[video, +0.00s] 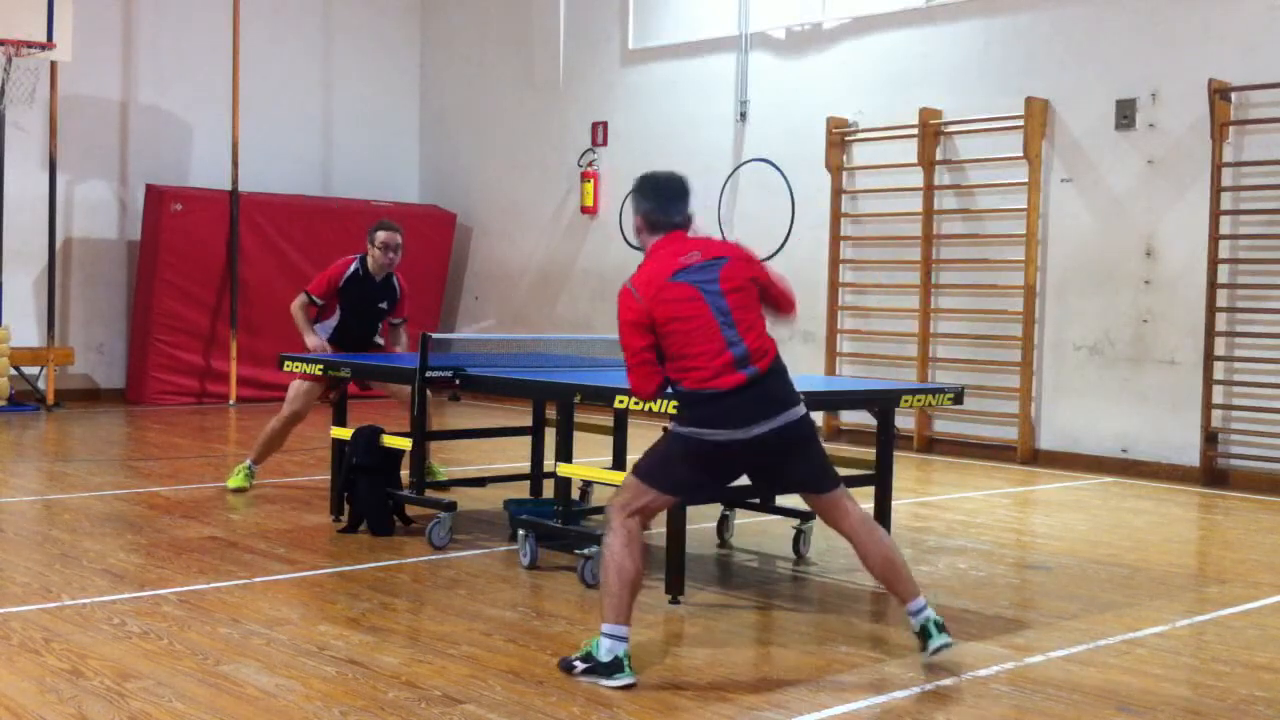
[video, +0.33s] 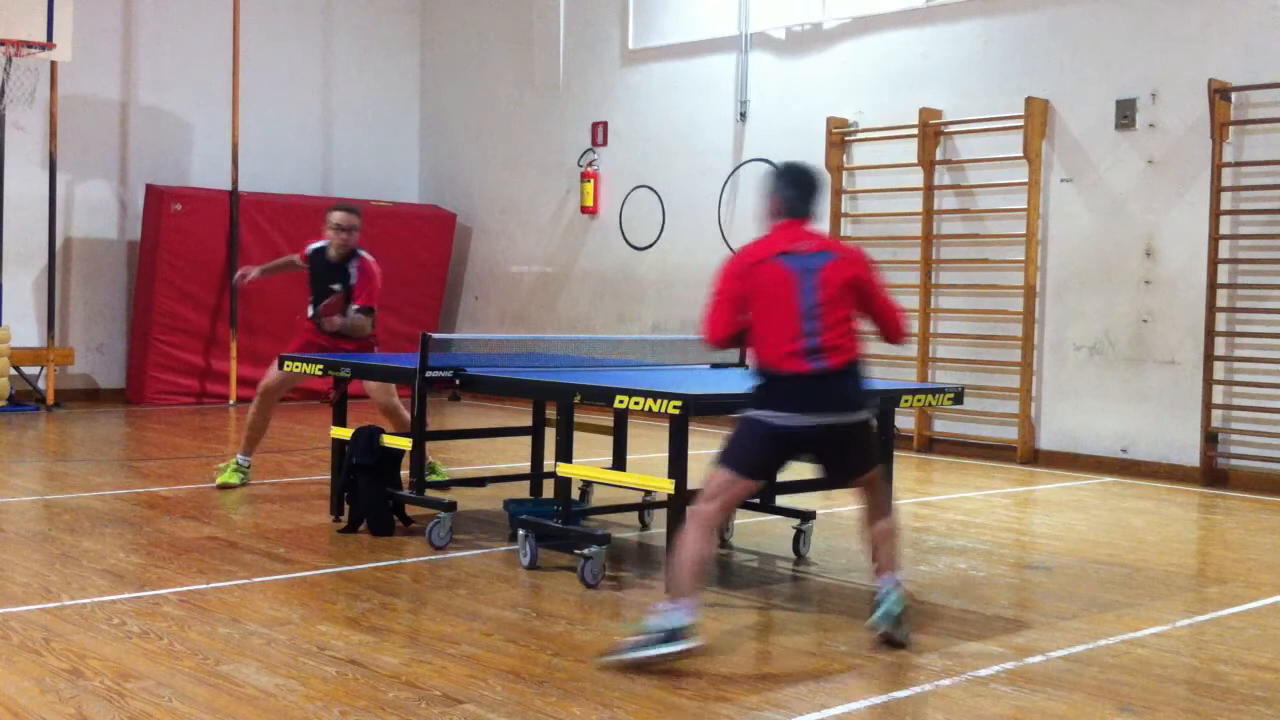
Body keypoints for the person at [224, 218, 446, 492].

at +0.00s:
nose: (391, 255)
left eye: (396, 250)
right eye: (385, 248)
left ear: (401, 253)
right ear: (370, 248)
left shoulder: (396, 287)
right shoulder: (344, 270)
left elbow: (397, 330)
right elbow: (299, 305)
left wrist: (399, 360)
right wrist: (309, 335)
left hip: (367, 353)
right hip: (328, 350)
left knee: (418, 395)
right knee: (292, 412)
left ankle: (422, 465)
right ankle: (248, 468)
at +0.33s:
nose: (344, 236)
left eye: (351, 230)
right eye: (338, 229)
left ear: (359, 233)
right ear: (326, 230)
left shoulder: (365, 266)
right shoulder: (314, 252)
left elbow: (365, 325)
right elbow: (294, 261)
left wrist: (341, 323)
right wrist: (258, 271)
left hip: (358, 346)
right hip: (316, 339)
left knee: (388, 403)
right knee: (267, 387)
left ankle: (424, 462)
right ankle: (241, 464)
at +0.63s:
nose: (294, 230)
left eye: (299, 224)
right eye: (287, 224)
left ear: (305, 227)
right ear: (270, 226)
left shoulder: (312, 260)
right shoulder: (251, 254)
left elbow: (330, 306)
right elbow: (216, 283)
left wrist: (321, 330)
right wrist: (197, 315)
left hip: (300, 335)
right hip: (258, 333)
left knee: (347, 392)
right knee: (232, 392)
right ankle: (235, 462)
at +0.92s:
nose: (271, 225)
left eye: (274, 219)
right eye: (264, 218)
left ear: (277, 223)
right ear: (245, 220)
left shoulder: (263, 259)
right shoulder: (218, 247)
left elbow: (264, 302)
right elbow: (176, 291)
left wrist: (289, 330)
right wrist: (199, 329)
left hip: (240, 334)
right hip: (202, 332)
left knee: (284, 383)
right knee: (190, 396)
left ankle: (303, 458)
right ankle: (145, 465)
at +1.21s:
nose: (274, 232)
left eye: (275, 226)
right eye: (270, 225)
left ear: (254, 227)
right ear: (250, 225)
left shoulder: (245, 256)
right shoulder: (228, 242)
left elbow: (237, 301)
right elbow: (200, 272)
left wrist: (279, 323)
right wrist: (228, 308)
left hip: (205, 325)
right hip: (182, 317)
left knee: (244, 377)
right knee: (185, 397)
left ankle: (205, 450)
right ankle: (123, 463)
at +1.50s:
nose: (308, 251)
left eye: (310, 247)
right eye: (304, 244)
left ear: (298, 247)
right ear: (284, 240)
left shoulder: (273, 284)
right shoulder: (267, 252)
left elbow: (303, 316)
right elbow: (250, 237)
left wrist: (343, 326)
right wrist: (245, 215)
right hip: (213, 296)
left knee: (226, 389)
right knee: (244, 358)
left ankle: (193, 453)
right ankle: (174, 349)